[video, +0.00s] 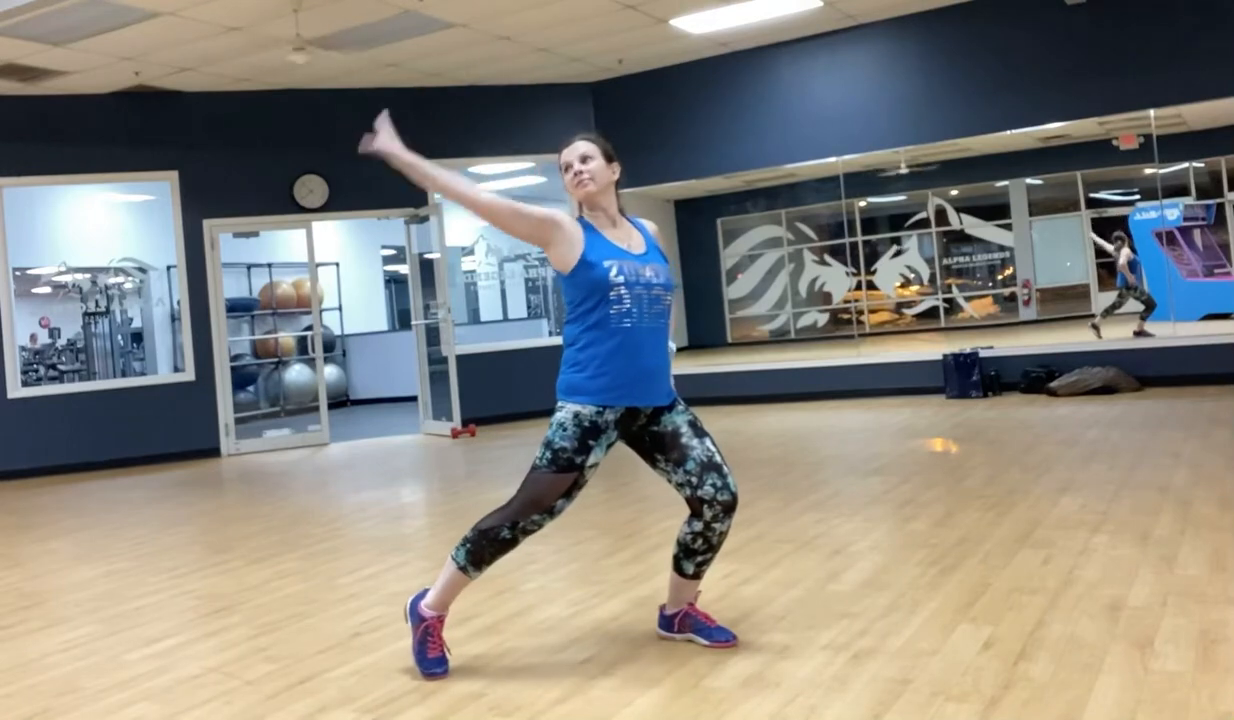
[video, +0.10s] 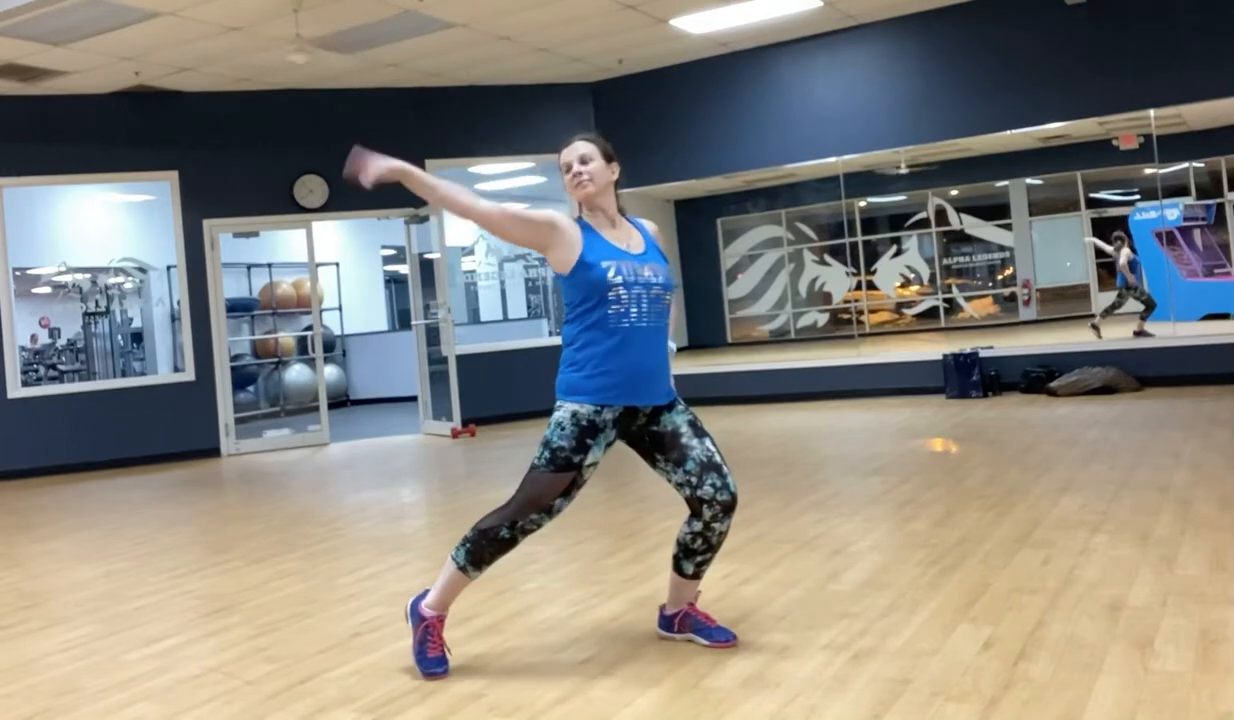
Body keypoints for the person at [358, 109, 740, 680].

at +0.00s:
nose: (575, 170)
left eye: (585, 160)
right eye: (566, 169)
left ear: (615, 171)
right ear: (565, 187)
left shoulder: (645, 234)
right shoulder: (562, 230)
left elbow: (655, 310)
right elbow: (473, 197)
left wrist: (659, 369)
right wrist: (400, 154)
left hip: (655, 400)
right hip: (589, 404)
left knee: (717, 497)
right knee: (531, 511)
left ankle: (679, 609)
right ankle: (429, 609)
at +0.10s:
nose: (577, 173)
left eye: (585, 162)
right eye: (568, 170)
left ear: (615, 169)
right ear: (567, 185)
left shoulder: (648, 232)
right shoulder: (562, 232)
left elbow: (658, 308)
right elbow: (476, 209)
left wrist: (660, 362)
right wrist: (403, 170)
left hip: (654, 400)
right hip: (589, 404)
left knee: (718, 498)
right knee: (529, 511)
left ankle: (679, 610)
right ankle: (430, 610)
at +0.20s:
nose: (574, 176)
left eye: (583, 166)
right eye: (566, 171)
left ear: (612, 170)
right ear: (561, 182)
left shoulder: (648, 231)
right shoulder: (557, 230)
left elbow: (671, 292)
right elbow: (475, 216)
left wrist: (668, 342)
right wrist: (400, 182)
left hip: (653, 399)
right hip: (585, 404)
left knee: (715, 497)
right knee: (527, 511)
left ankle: (679, 610)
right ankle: (434, 610)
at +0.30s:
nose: (575, 181)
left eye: (583, 169)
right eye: (566, 174)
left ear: (610, 170)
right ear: (560, 181)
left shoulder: (647, 230)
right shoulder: (556, 230)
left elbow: (672, 289)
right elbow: (474, 213)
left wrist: (670, 338)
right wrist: (400, 175)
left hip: (654, 399)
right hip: (583, 402)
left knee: (715, 497)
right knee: (528, 509)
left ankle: (680, 609)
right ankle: (436, 611)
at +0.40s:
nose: (573, 186)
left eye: (582, 173)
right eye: (564, 178)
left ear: (609, 170)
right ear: (559, 182)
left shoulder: (651, 229)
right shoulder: (555, 227)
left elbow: (679, 286)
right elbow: (468, 204)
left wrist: (675, 335)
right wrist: (401, 162)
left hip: (652, 396)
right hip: (580, 400)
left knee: (712, 496)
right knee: (527, 513)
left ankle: (678, 610)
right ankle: (444, 617)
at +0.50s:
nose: (572, 188)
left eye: (580, 175)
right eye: (563, 180)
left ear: (607, 169)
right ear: (556, 181)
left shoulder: (654, 221)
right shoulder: (551, 223)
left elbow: (716, 263)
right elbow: (470, 203)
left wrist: (712, 326)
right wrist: (399, 166)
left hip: (650, 389)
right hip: (571, 392)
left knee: (704, 495)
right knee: (524, 504)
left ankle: (678, 610)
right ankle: (460, 623)